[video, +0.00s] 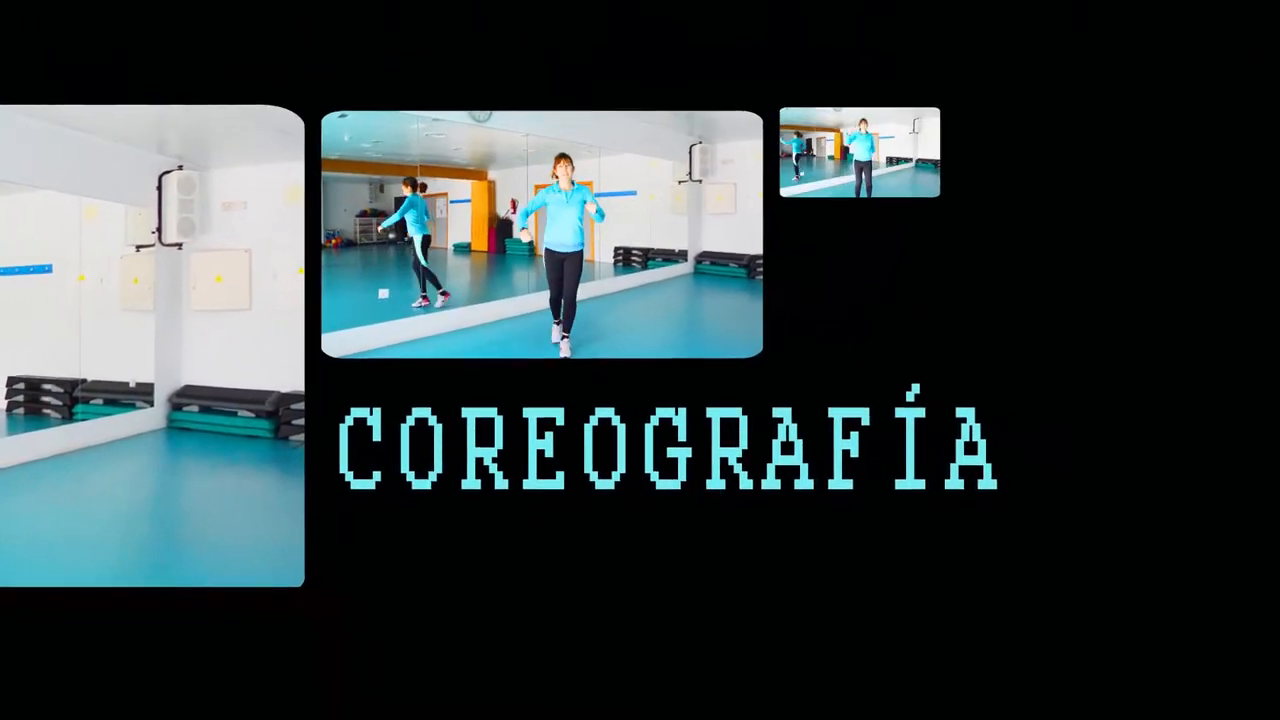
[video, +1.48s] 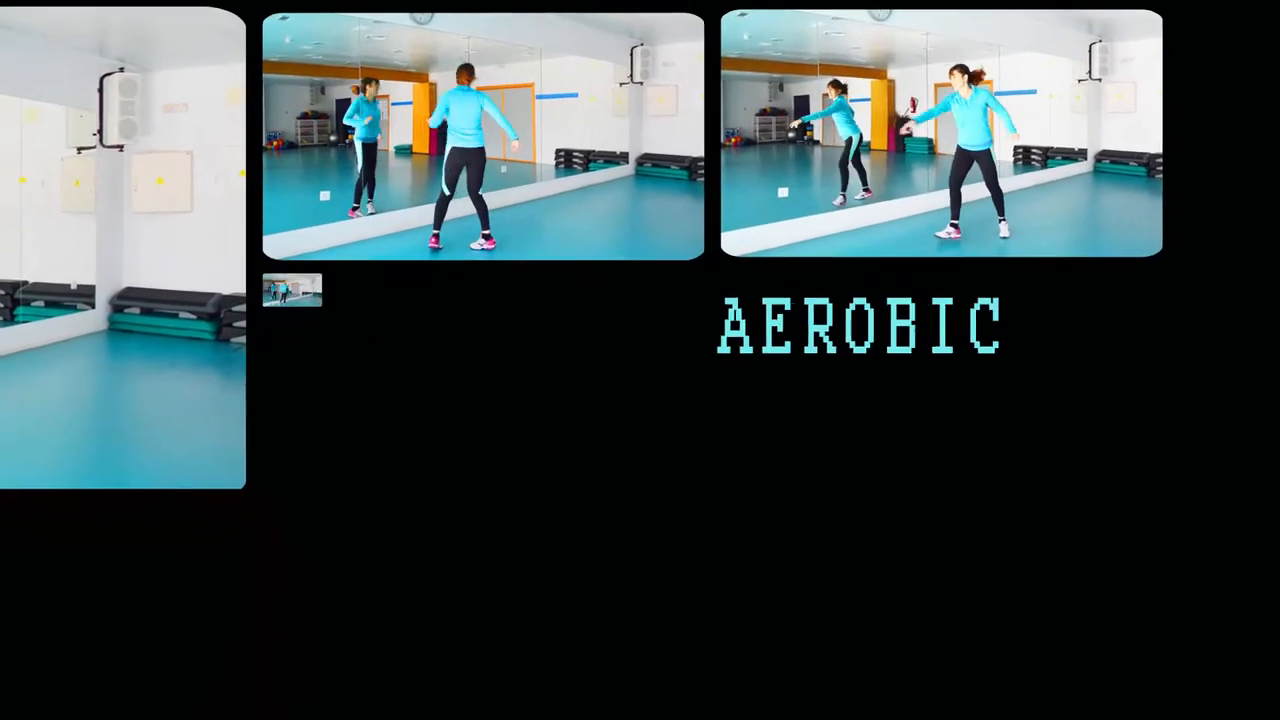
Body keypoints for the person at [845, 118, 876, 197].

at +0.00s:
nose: (863, 125)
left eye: (865, 124)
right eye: (862, 124)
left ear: (867, 125)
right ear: (859, 125)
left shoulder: (870, 136)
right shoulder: (855, 134)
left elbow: (872, 148)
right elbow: (847, 142)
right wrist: (847, 135)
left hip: (867, 159)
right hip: (858, 159)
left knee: (868, 181)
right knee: (858, 181)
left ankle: (869, 196)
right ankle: (857, 196)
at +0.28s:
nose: (895, 137)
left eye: (897, 135)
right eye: (893, 135)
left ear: (900, 136)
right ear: (889, 137)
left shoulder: (906, 153)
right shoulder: (884, 151)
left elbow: (910, 172)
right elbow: (866, 159)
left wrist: (912, 189)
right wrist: (878, 151)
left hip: (901, 187)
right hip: (887, 187)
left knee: (899, 213)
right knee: (887, 215)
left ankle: (899, 232)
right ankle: (883, 241)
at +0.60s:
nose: (928, 136)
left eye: (930, 133)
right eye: (925, 133)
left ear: (934, 136)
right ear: (921, 137)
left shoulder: (942, 154)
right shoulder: (914, 155)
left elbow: (955, 174)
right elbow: (897, 167)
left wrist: (951, 169)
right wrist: (891, 181)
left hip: (936, 200)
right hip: (918, 200)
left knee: (932, 236)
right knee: (922, 233)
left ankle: (928, 269)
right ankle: (923, 255)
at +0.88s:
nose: (944, 133)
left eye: (946, 130)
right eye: (940, 130)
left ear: (951, 132)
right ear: (936, 134)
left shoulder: (958, 152)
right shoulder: (930, 154)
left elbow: (962, 171)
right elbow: (920, 177)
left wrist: (964, 183)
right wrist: (934, 189)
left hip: (955, 200)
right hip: (936, 202)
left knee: (954, 238)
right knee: (941, 237)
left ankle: (951, 277)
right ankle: (944, 264)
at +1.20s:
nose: (943, 108)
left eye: (946, 104)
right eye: (942, 105)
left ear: (956, 106)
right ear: (942, 108)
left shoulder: (969, 122)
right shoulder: (941, 126)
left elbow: (975, 144)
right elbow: (960, 142)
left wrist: (984, 162)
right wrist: (980, 135)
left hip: (967, 176)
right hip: (947, 176)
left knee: (973, 214)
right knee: (950, 213)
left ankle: (987, 247)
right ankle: (953, 245)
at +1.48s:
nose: (951, 81)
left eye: (954, 76)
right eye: (950, 77)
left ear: (965, 77)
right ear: (953, 79)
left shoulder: (983, 94)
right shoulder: (951, 99)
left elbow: (1000, 110)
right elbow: (934, 111)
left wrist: (1011, 129)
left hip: (983, 149)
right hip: (963, 149)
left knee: (992, 184)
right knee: (954, 184)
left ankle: (1002, 221)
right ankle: (954, 226)